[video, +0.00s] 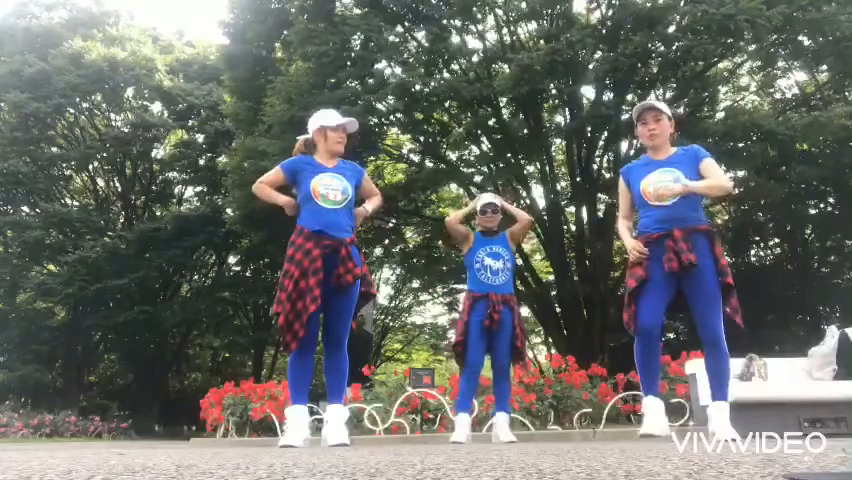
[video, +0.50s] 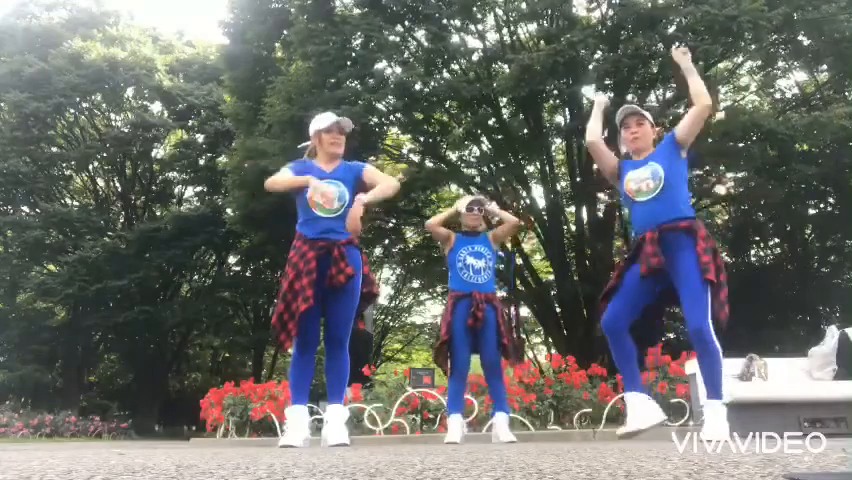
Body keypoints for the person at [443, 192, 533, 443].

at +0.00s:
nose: (490, 215)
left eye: (494, 212)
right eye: (485, 211)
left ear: (501, 216)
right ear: (477, 216)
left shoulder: (508, 238)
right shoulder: (469, 239)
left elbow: (527, 220)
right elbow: (451, 222)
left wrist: (504, 205)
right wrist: (471, 208)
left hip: (505, 304)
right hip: (478, 303)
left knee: (502, 364)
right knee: (473, 363)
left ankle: (501, 421)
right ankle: (462, 420)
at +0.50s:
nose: (475, 214)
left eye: (479, 211)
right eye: (470, 211)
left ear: (484, 217)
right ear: (460, 216)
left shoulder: (491, 238)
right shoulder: (452, 238)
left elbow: (515, 222)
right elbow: (431, 225)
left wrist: (493, 210)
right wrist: (454, 210)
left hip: (488, 303)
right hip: (461, 302)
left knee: (491, 362)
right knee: (460, 363)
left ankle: (501, 420)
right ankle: (455, 421)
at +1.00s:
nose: (468, 219)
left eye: (473, 215)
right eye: (463, 215)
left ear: (479, 218)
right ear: (455, 218)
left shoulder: (487, 240)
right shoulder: (451, 241)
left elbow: (509, 247)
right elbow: (434, 251)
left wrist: (490, 223)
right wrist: (451, 225)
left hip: (487, 303)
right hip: (460, 302)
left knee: (491, 363)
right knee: (459, 363)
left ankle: (500, 420)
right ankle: (454, 421)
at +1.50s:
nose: (481, 215)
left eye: (485, 211)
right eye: (475, 211)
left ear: (492, 215)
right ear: (466, 216)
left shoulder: (502, 239)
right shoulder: (460, 242)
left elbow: (523, 266)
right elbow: (441, 268)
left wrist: (505, 253)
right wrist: (461, 251)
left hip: (496, 305)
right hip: (468, 305)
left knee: (497, 364)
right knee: (463, 363)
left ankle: (501, 423)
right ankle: (456, 422)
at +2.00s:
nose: (461, 218)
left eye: (466, 214)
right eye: (456, 214)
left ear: (472, 218)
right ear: (448, 219)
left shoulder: (485, 246)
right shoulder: (441, 247)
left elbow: (496, 279)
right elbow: (430, 281)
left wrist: (501, 305)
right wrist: (423, 309)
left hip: (483, 306)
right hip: (454, 307)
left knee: (489, 358)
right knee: (456, 365)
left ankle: (498, 419)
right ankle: (456, 422)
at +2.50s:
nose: (471, 213)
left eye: (475, 209)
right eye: (466, 210)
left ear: (481, 213)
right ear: (458, 215)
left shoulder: (494, 243)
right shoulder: (449, 241)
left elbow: (503, 274)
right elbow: (439, 272)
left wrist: (505, 302)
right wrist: (444, 301)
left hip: (489, 305)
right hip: (460, 305)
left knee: (488, 363)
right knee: (458, 363)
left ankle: (489, 422)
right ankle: (455, 422)